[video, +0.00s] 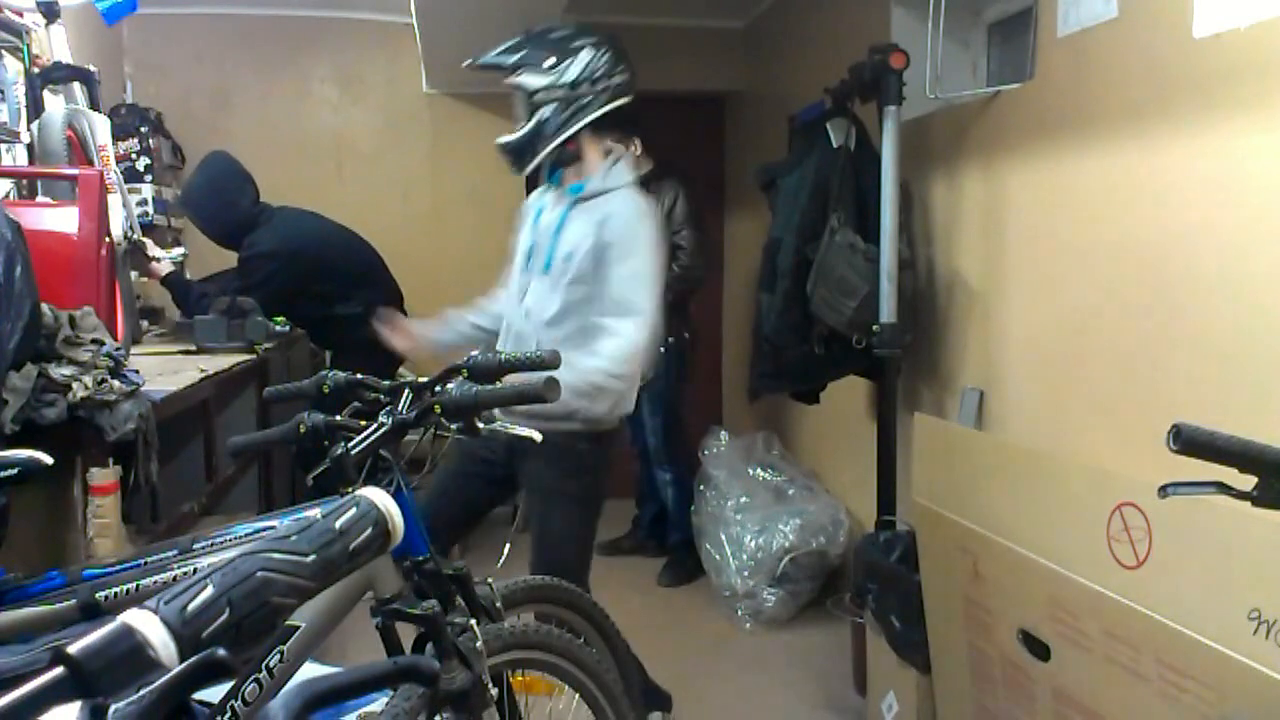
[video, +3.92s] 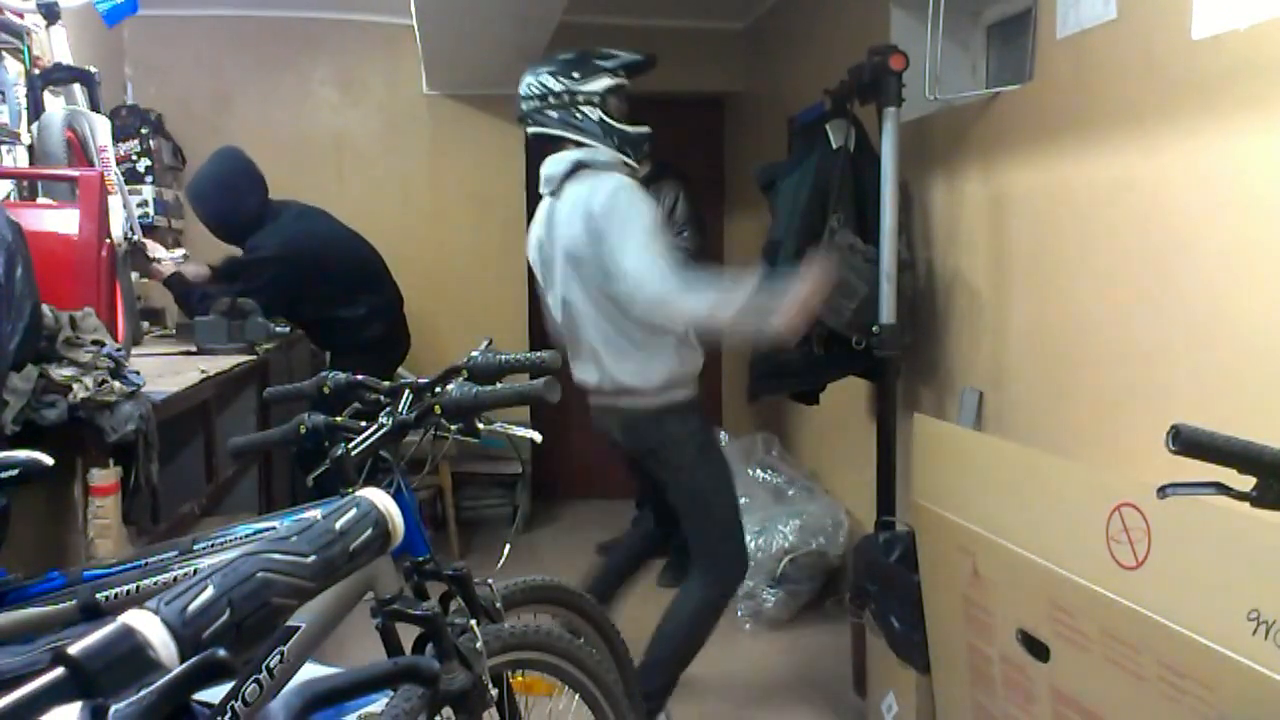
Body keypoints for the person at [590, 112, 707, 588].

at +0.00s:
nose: (611, 164)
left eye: (614, 155)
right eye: (607, 157)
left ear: (636, 149)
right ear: (615, 157)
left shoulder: (669, 193)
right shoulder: (615, 202)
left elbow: (690, 263)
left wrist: (654, 299)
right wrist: (614, 299)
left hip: (665, 328)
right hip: (629, 325)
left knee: (662, 437)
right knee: (640, 436)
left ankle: (684, 543)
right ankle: (649, 527)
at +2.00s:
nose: (609, 169)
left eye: (612, 158)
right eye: (604, 162)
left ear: (639, 149)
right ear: (611, 164)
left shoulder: (672, 193)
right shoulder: (626, 203)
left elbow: (695, 261)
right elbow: (627, 267)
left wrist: (657, 297)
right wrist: (605, 268)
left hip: (666, 336)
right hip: (634, 335)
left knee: (663, 442)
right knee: (640, 442)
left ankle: (683, 545)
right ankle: (649, 531)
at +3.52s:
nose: (605, 171)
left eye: (609, 160)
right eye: (600, 164)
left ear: (633, 151)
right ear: (605, 164)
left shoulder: (670, 194)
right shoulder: (619, 204)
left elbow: (692, 258)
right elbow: (616, 265)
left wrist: (653, 306)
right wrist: (608, 305)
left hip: (663, 330)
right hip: (624, 329)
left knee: (663, 428)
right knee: (630, 429)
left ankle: (684, 540)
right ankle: (644, 525)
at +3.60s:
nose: (592, 152)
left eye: (594, 140)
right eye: (580, 138)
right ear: (550, 140)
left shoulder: (527, 215)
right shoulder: (565, 211)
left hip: (559, 423)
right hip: (593, 426)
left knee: (592, 539)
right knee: (696, 545)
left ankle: (512, 617)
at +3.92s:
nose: (626, 106)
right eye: (616, 99)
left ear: (558, 119)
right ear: (587, 108)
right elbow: (659, 293)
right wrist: (772, 304)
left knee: (659, 521)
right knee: (722, 558)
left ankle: (577, 624)